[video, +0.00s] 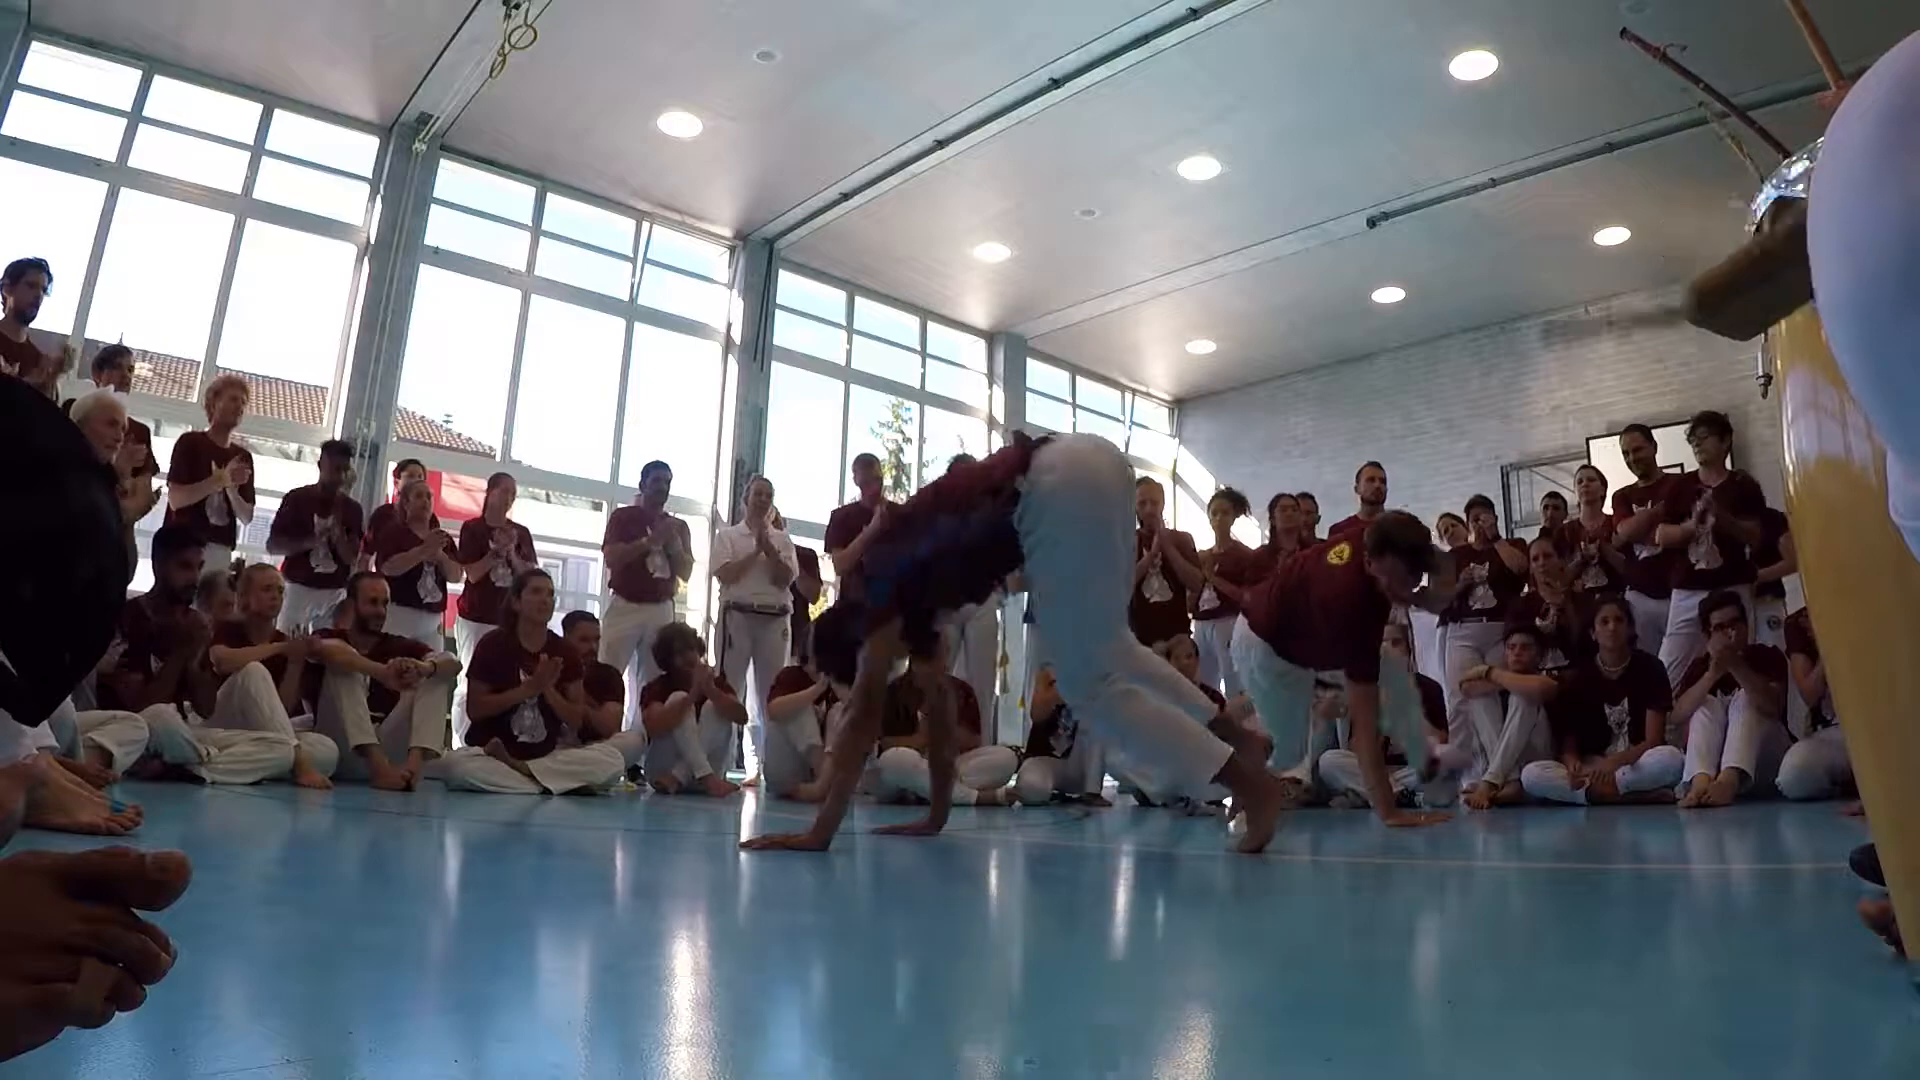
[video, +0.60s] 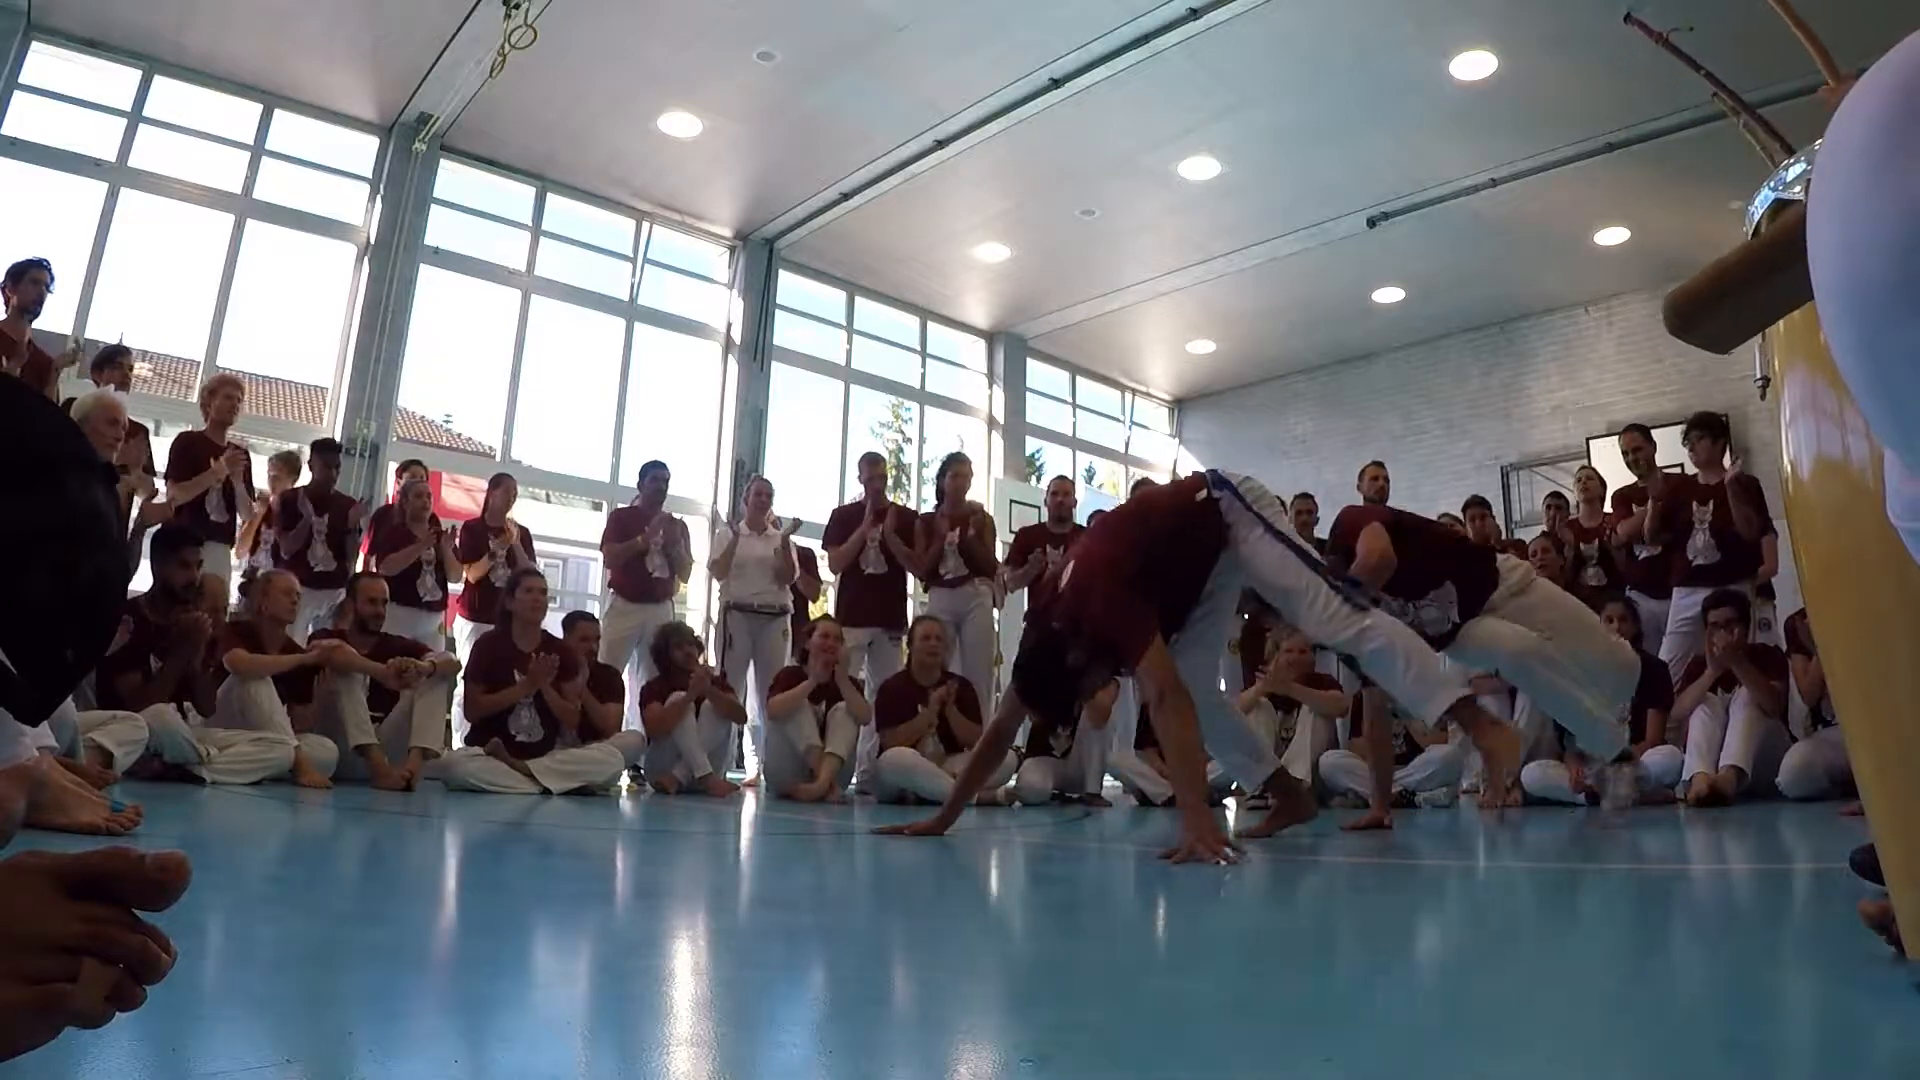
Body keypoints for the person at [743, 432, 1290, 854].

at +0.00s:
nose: (852, 685)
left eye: (845, 676)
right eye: (844, 681)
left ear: (846, 638)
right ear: (865, 626)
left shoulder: (873, 589)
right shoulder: (923, 608)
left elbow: (860, 716)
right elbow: (938, 713)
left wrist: (819, 832)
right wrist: (936, 816)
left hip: (1060, 473)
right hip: (1090, 465)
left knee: (1090, 684)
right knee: (1106, 646)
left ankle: (1253, 783)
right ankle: (1229, 730)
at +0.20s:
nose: (948, 694)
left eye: (942, 687)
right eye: (943, 692)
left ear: (942, 643)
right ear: (951, 640)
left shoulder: (971, 577)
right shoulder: (982, 604)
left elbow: (944, 702)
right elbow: (965, 713)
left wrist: (871, 798)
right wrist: (941, 817)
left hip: (1148, 470)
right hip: (1145, 481)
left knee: (1137, 642)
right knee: (1144, 643)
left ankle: (1270, 775)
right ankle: (1263, 772)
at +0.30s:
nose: (1001, 688)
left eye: (998, 680)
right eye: (991, 687)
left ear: (994, 640)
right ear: (980, 634)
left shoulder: (1024, 581)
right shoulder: (990, 604)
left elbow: (1033, 684)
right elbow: (984, 708)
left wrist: (997, 798)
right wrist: (950, 805)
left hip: (1181, 481)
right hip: (1146, 507)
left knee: (1167, 627)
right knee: (1151, 655)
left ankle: (1292, 765)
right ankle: (1267, 770)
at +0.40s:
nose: (1061, 688)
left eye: (1053, 680)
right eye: (1050, 688)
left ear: (1042, 645)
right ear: (1015, 643)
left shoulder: (1066, 582)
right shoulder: (1010, 623)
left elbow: (1108, 676)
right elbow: (990, 730)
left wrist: (1110, 790)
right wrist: (944, 817)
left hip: (1205, 501)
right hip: (1160, 559)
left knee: (1215, 627)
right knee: (1172, 683)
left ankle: (1349, 762)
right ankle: (1281, 785)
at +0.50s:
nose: (1087, 698)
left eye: (1081, 691)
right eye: (1075, 697)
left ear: (1067, 652)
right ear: (1039, 659)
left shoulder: (1094, 597)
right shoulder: (1029, 640)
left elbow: (1153, 692)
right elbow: (995, 734)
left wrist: (1177, 800)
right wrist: (944, 819)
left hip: (1214, 508)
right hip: (1181, 570)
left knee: (1278, 626)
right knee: (1187, 691)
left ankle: (1414, 745)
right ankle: (1284, 790)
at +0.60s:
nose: (1101, 708)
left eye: (1093, 701)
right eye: (1087, 710)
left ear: (1083, 666)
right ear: (1042, 675)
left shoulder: (1102, 595)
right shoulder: (1040, 642)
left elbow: (1168, 696)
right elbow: (1000, 735)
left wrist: (1196, 816)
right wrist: (946, 814)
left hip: (1223, 515)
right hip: (1188, 577)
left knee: (1333, 617)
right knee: (1192, 690)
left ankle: (1482, 728)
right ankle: (1281, 793)